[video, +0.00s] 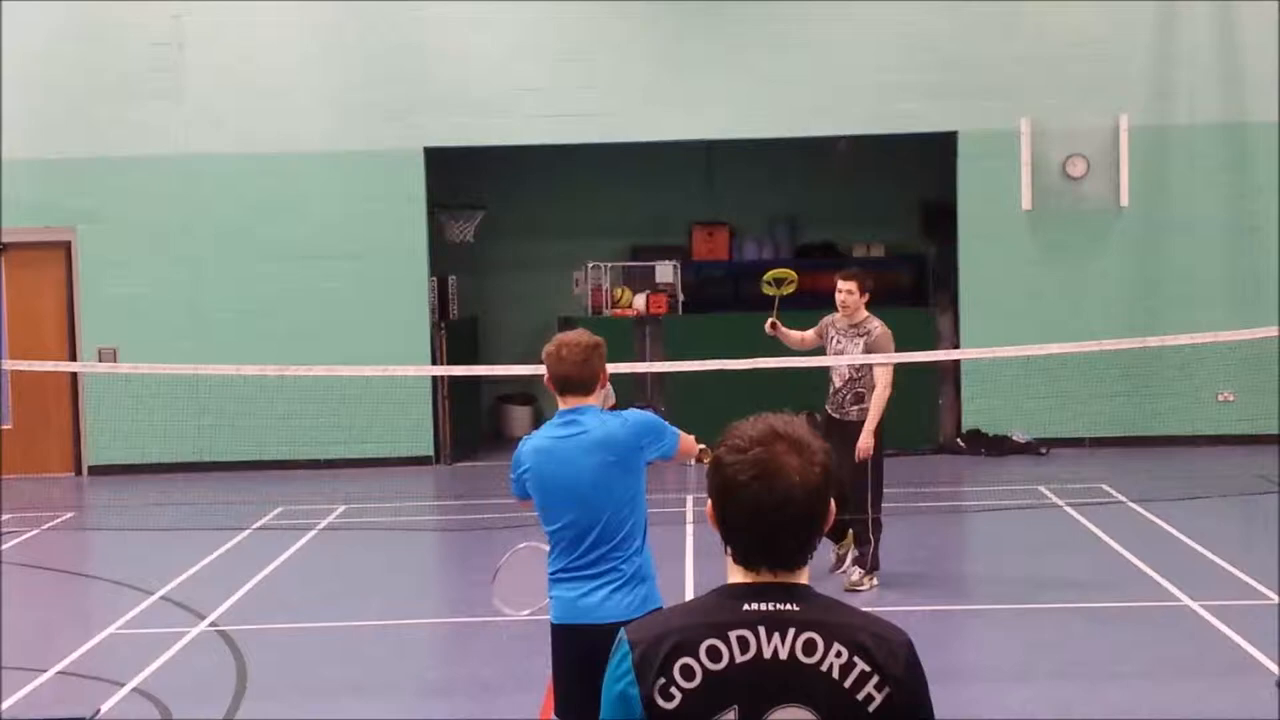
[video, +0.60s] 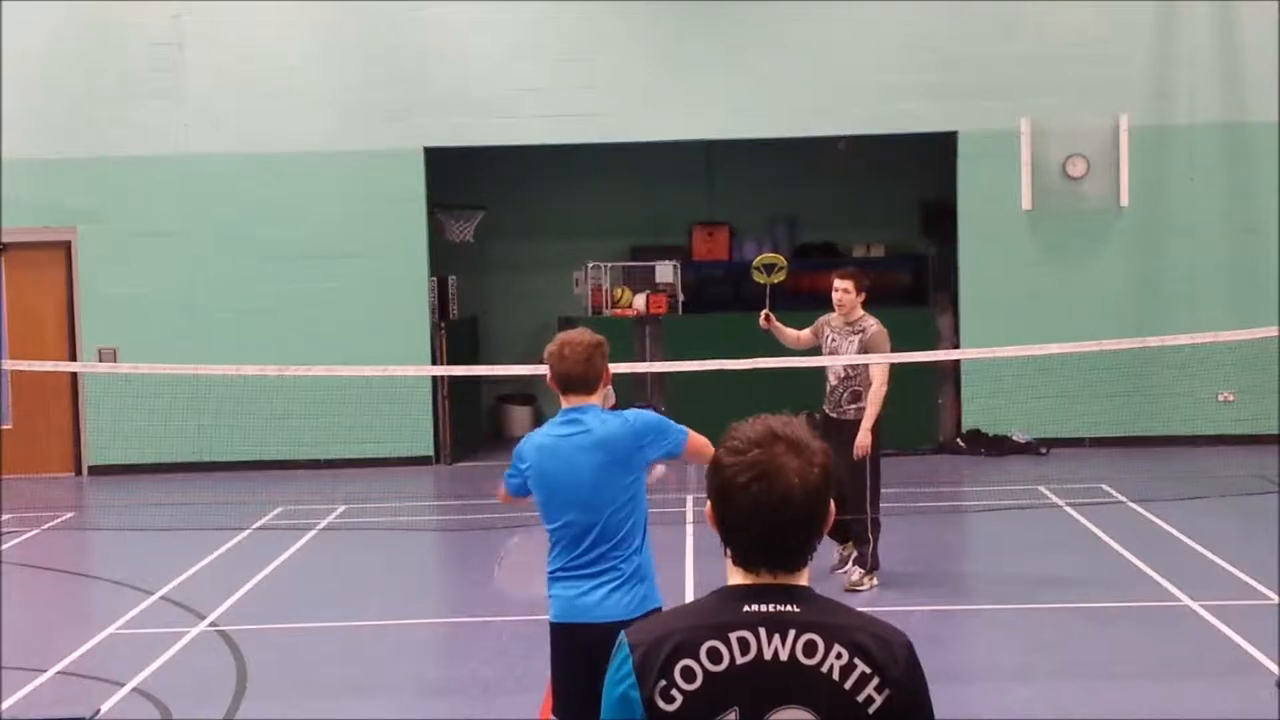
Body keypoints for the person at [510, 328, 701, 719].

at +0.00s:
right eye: (605, 369)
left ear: (549, 381)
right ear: (604, 376)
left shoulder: (530, 449)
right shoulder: (633, 426)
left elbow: (525, 497)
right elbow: (691, 448)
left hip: (571, 619)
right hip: (636, 614)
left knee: (574, 712)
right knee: (644, 711)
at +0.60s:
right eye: (607, 368)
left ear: (551, 380)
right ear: (606, 376)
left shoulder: (533, 445)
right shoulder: (635, 426)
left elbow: (510, 495)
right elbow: (706, 450)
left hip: (569, 618)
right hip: (634, 613)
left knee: (573, 712)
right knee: (640, 710)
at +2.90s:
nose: (730, 400)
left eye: (731, 393)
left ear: (737, 401)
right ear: (795, 397)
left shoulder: (717, 481)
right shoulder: (838, 464)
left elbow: (697, 596)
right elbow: (870, 571)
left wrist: (696, 671)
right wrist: (862, 627)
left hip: (759, 675)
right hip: (834, 672)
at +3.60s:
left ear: (838, 478)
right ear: (909, 468)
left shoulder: (839, 563)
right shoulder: (968, 535)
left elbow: (816, 701)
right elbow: (1038, 641)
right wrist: (1033, 713)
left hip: (923, 712)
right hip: (1002, 711)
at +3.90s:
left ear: (893, 451)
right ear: (970, 440)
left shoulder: (885, 548)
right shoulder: (1028, 519)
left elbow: (875, 698)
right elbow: (1100, 635)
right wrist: (1090, 713)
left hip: (963, 711)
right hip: (1051, 708)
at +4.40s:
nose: (1015, 406)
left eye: (1026, 404)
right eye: (1025, 399)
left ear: (1037, 442)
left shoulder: (971, 515)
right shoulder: (1114, 532)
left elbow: (945, 646)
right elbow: (1132, 672)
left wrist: (932, 712)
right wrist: (1105, 713)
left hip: (988, 708)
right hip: (1079, 707)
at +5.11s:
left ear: (796, 407)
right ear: (861, 405)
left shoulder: (764, 478)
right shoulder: (894, 478)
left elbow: (722, 596)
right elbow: (933, 590)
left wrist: (723, 651)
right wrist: (928, 650)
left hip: (797, 686)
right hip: (873, 685)